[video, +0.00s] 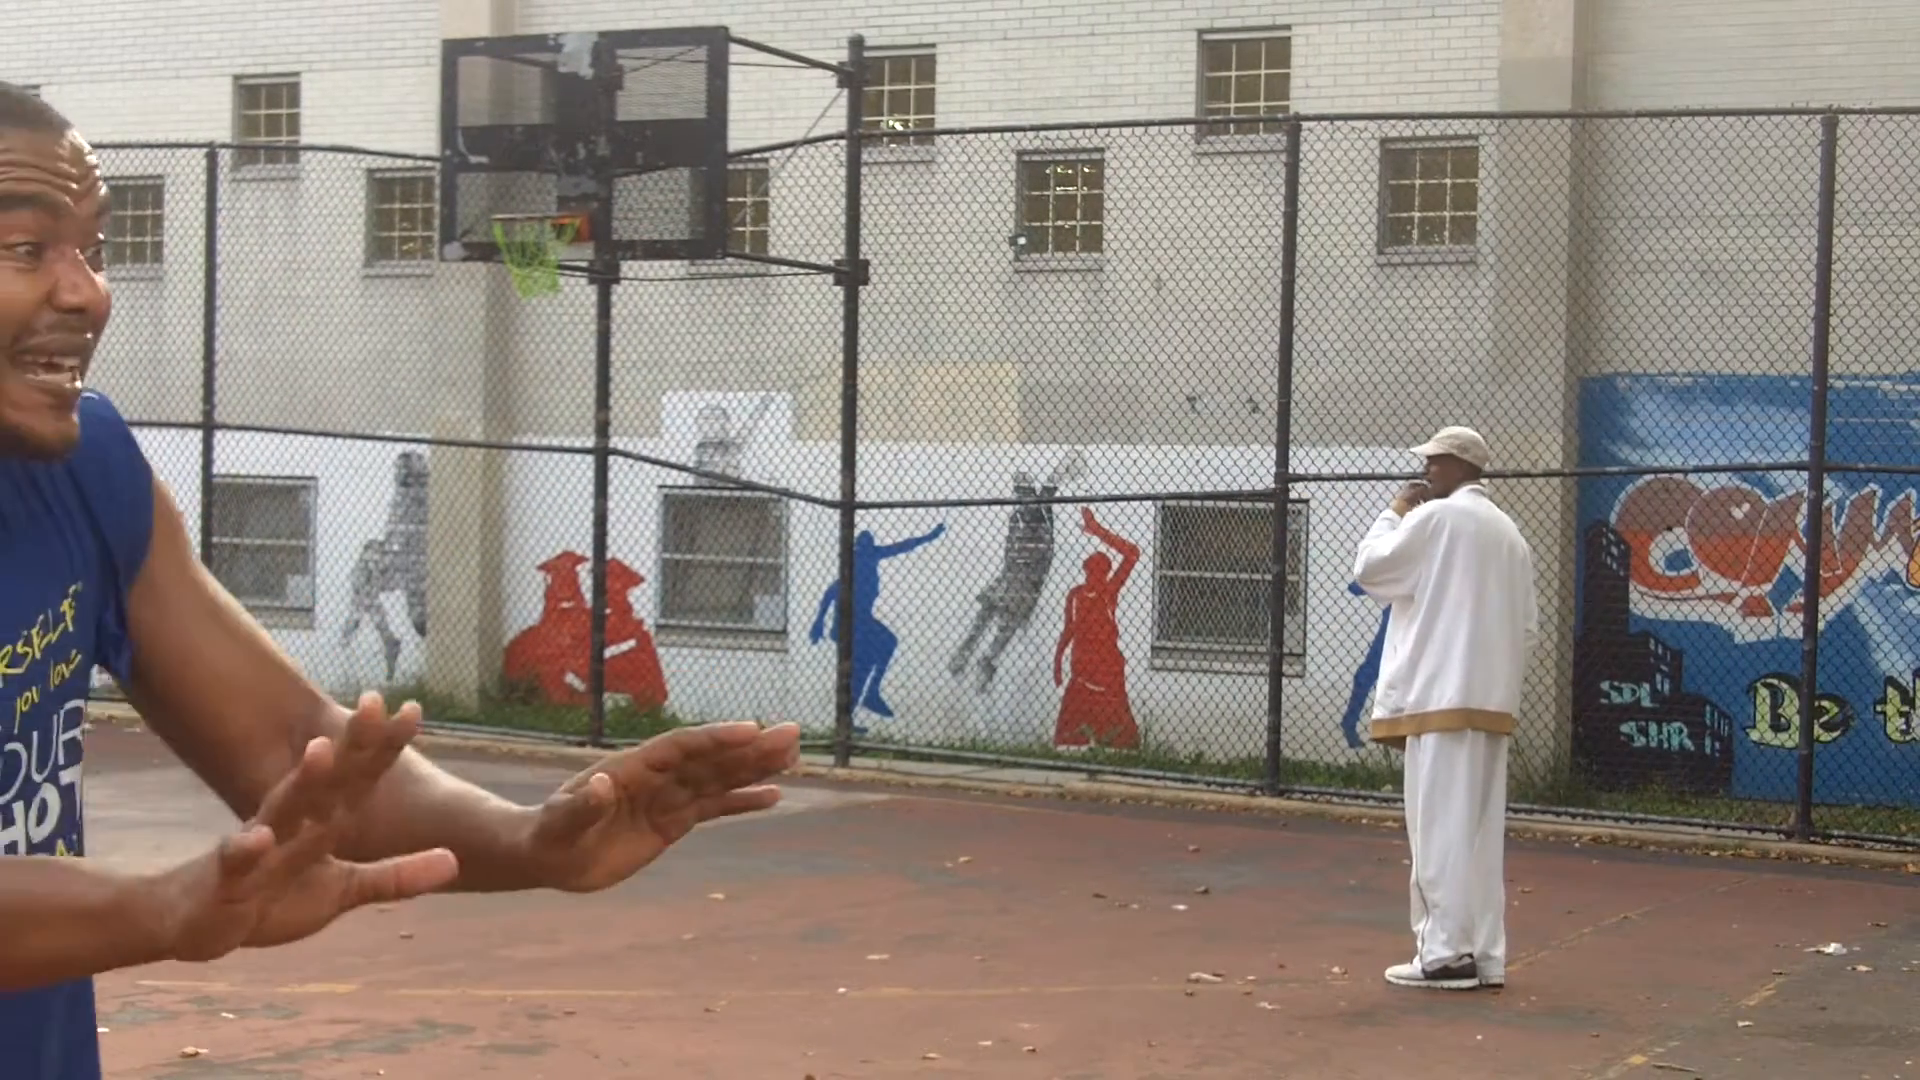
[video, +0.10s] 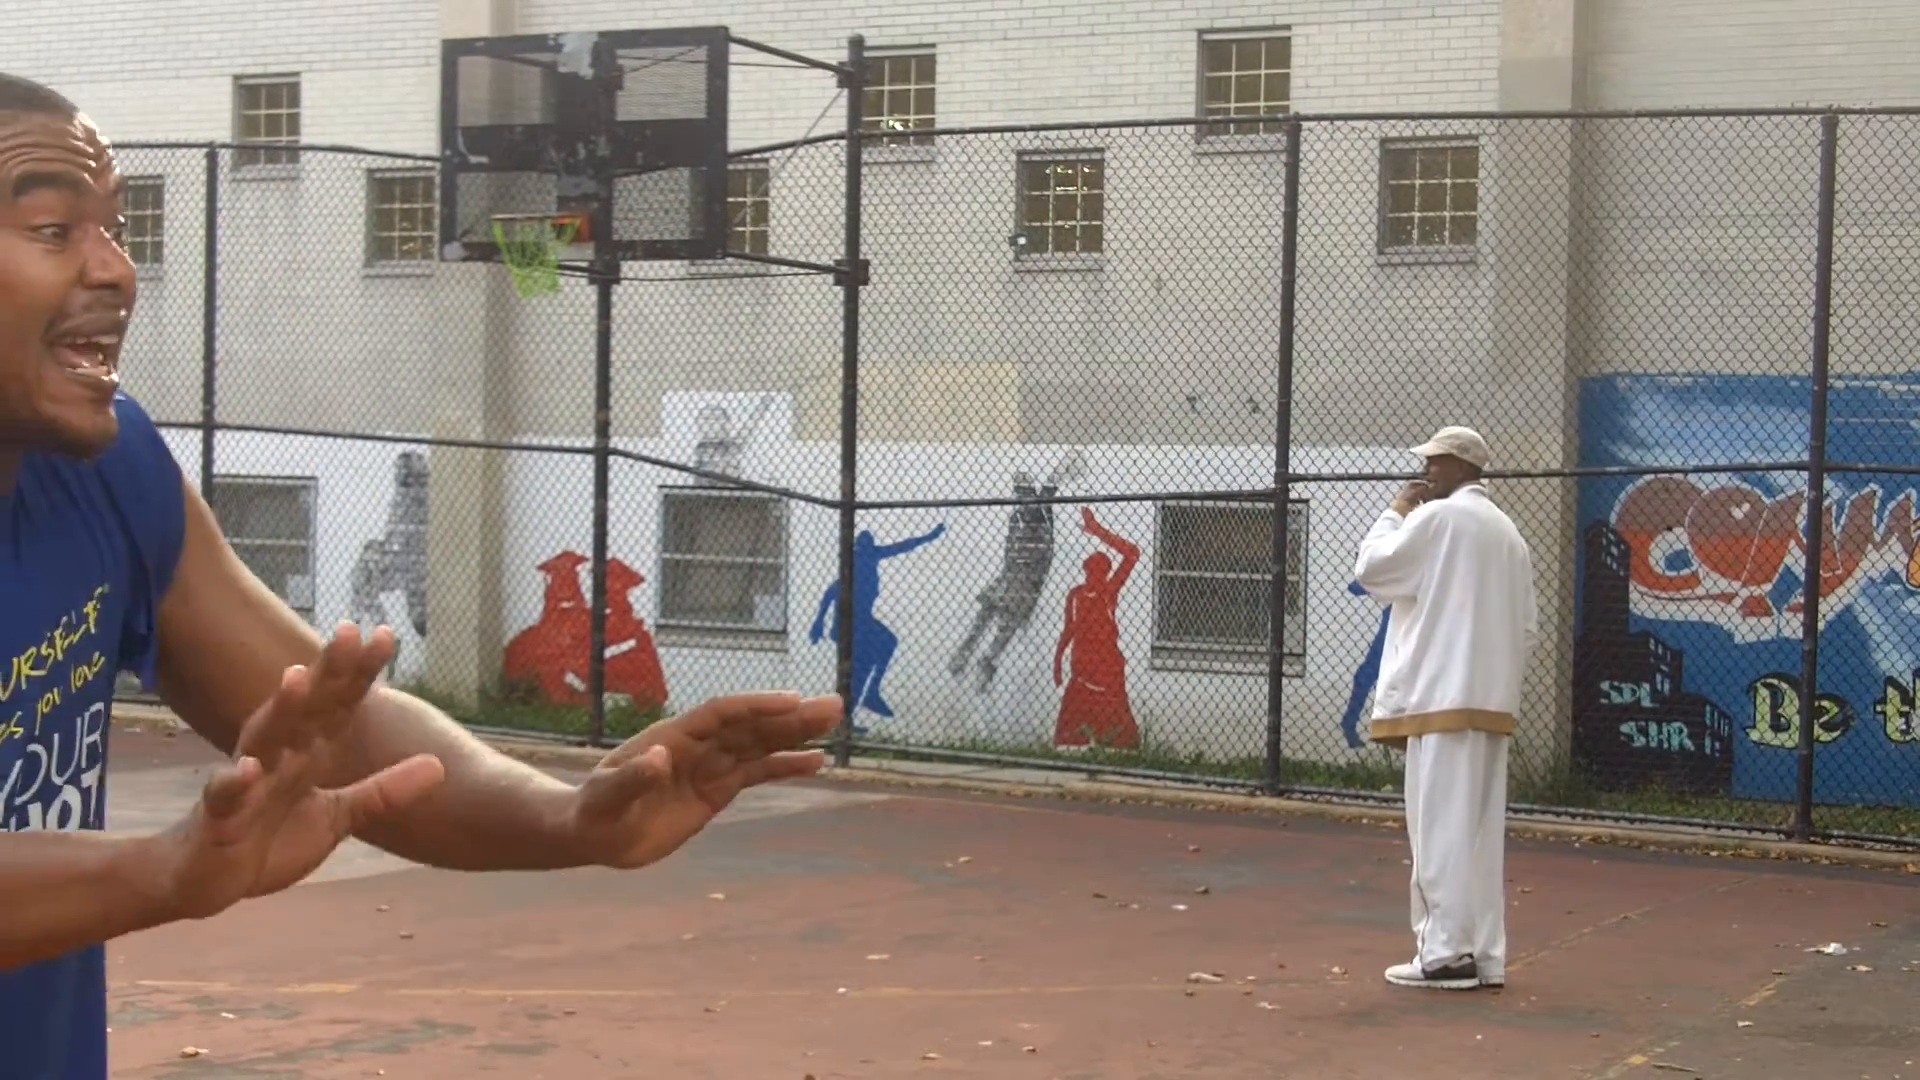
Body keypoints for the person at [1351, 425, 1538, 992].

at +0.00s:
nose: (1426, 472)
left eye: (1434, 463)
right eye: (1428, 463)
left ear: (1460, 469)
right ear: (1478, 473)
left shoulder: (1439, 519)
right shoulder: (1513, 535)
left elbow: (1370, 568)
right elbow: (1529, 626)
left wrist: (1396, 512)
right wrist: (1498, 680)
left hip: (1443, 690)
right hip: (1495, 695)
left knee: (1439, 823)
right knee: (1483, 824)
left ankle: (1445, 953)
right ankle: (1485, 956)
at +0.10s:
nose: (1426, 473)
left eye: (1434, 464)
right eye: (1428, 463)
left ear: (1460, 469)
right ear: (1478, 473)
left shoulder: (1440, 519)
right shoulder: (1512, 534)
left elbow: (1371, 568)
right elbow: (1529, 627)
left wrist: (1397, 511)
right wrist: (1497, 680)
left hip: (1443, 692)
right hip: (1495, 696)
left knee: (1440, 824)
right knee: (1483, 825)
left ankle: (1446, 953)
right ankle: (1484, 956)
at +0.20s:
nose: (1426, 473)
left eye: (1435, 464)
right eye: (1427, 463)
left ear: (1462, 469)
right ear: (1477, 474)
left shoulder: (1442, 519)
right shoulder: (1510, 534)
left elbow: (1373, 567)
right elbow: (1527, 626)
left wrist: (1398, 510)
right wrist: (1498, 682)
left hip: (1445, 692)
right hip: (1494, 696)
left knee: (1441, 824)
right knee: (1482, 825)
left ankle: (1446, 953)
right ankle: (1483, 956)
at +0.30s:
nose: (1426, 473)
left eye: (1435, 464)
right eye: (1427, 463)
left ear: (1463, 469)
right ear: (1478, 474)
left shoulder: (1444, 518)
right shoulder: (1510, 533)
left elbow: (1376, 568)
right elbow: (1526, 626)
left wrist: (1396, 512)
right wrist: (1498, 681)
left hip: (1446, 692)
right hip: (1494, 695)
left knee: (1442, 823)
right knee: (1482, 824)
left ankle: (1446, 953)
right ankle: (1483, 956)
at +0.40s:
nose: (1426, 473)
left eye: (1434, 464)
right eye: (1427, 463)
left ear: (1462, 469)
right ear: (1476, 473)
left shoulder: (1444, 518)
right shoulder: (1509, 532)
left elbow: (1377, 569)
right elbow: (1526, 625)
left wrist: (1395, 514)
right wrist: (1498, 681)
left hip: (1447, 692)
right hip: (1494, 695)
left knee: (1442, 824)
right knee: (1482, 825)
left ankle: (1447, 953)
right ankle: (1483, 956)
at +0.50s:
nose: (1426, 473)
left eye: (1435, 464)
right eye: (1427, 463)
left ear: (1462, 469)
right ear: (1476, 473)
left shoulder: (1444, 518)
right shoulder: (1509, 532)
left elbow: (1377, 568)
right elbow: (1526, 625)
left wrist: (1395, 514)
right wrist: (1498, 682)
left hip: (1447, 693)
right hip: (1494, 695)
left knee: (1442, 824)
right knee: (1482, 825)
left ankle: (1447, 954)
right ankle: (1483, 956)